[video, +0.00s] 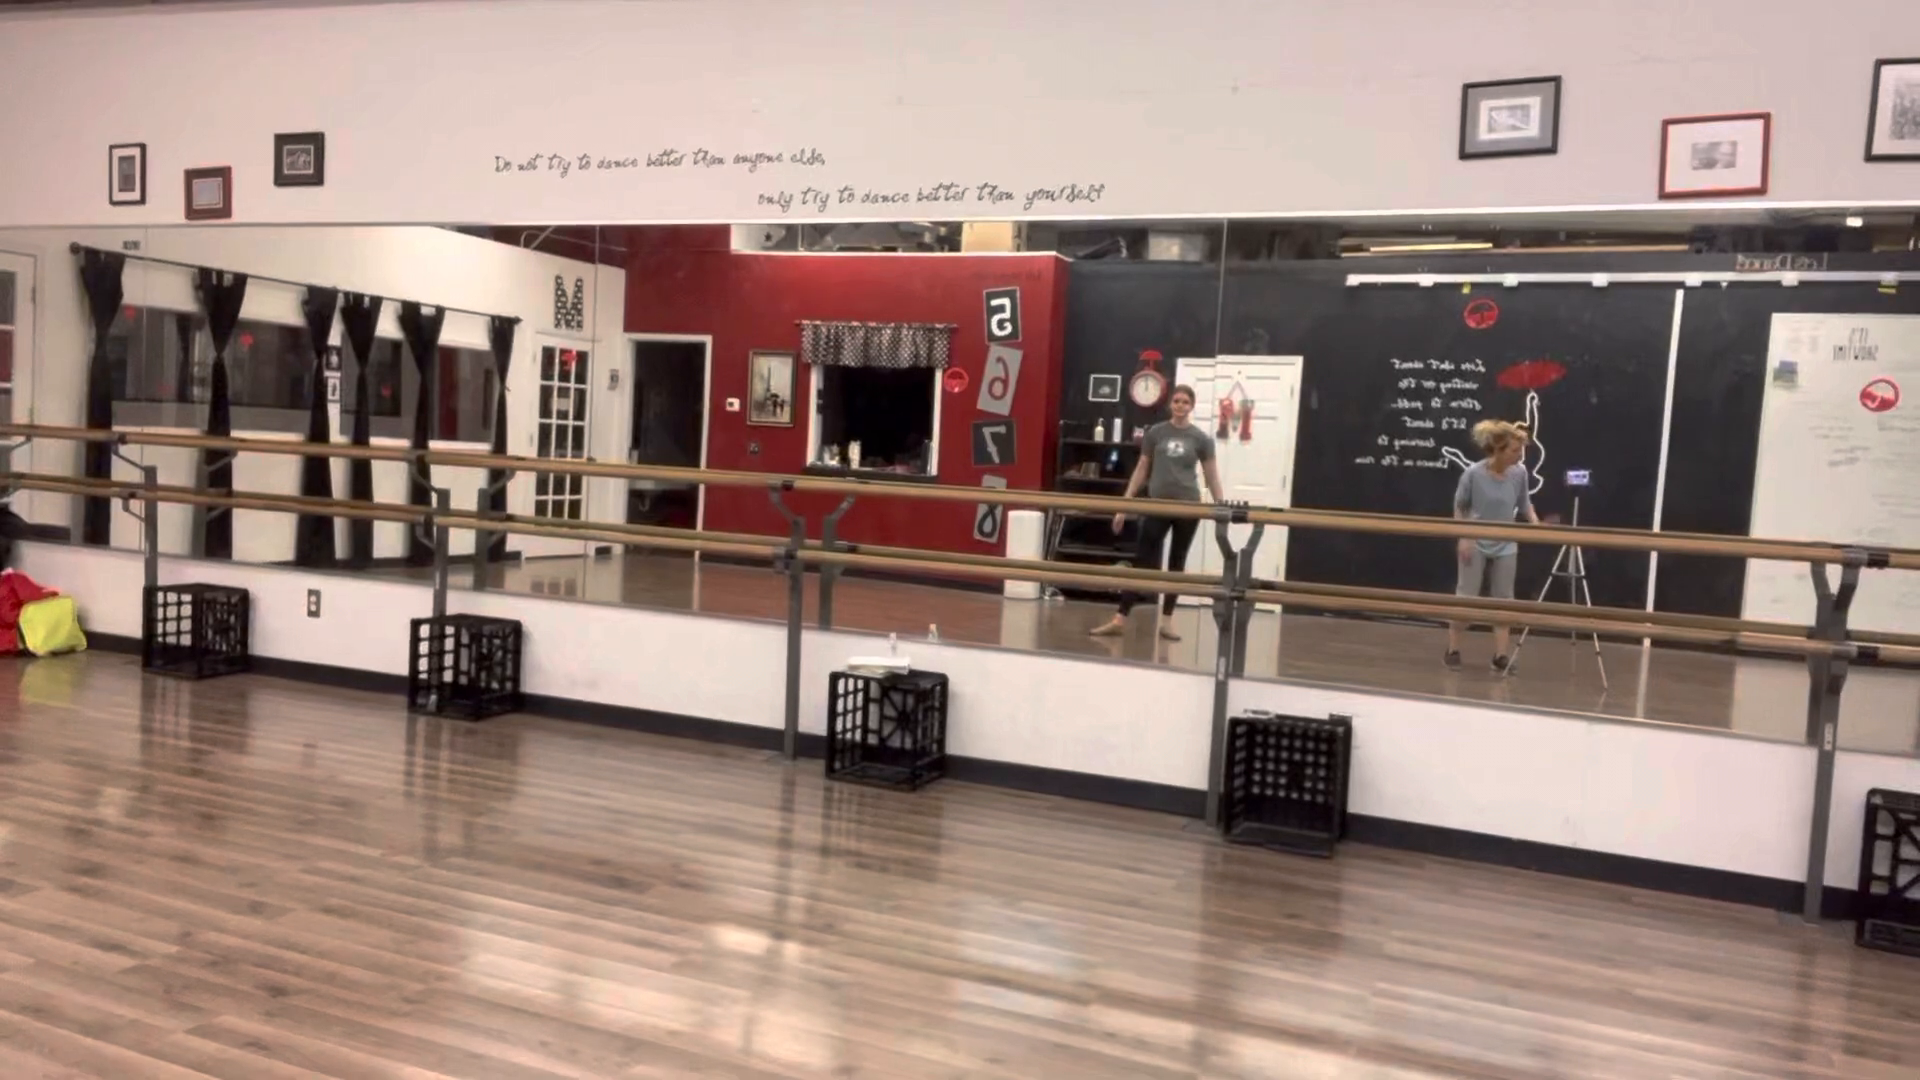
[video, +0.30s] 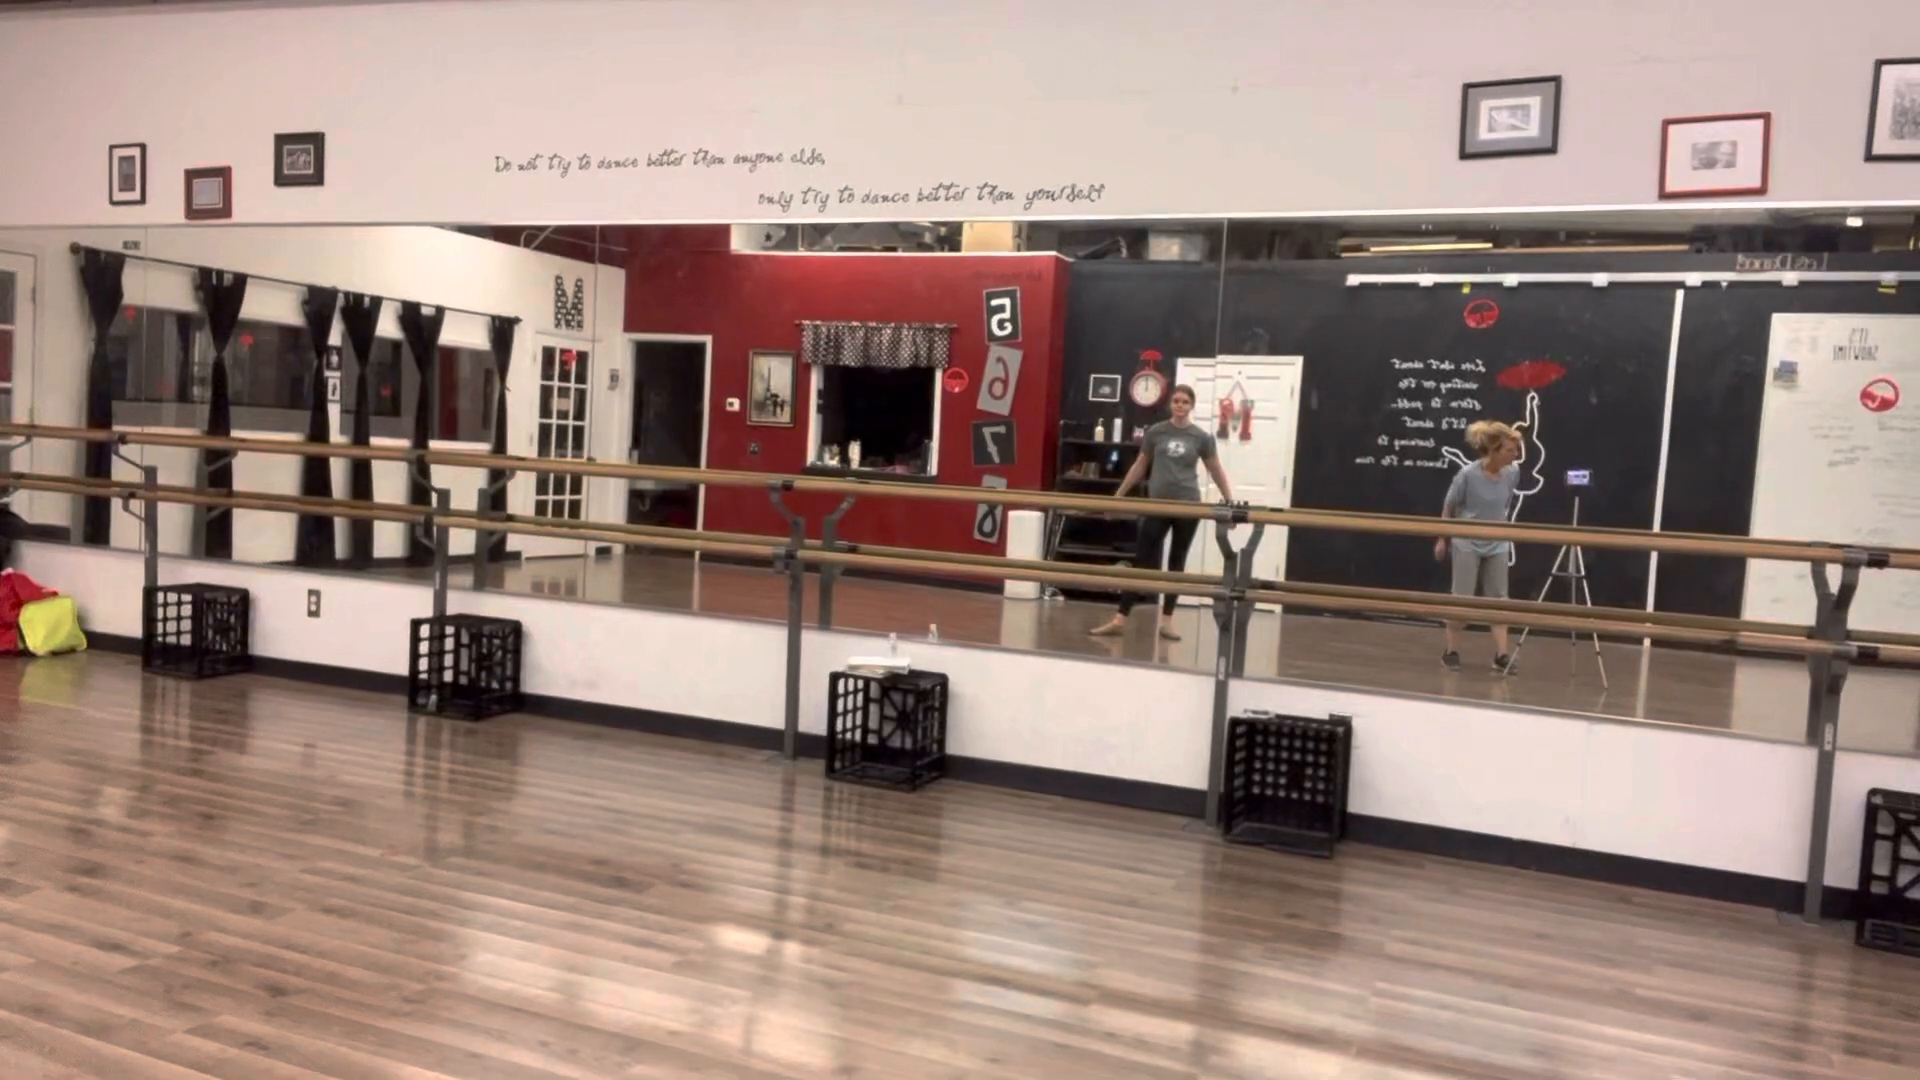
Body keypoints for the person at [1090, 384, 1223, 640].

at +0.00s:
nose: (1180, 406)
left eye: (1185, 402)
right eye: (1176, 401)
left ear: (1192, 407)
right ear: (1170, 404)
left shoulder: (1201, 439)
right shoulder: (1154, 433)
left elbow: (1211, 477)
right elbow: (1141, 470)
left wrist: (1220, 507)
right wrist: (1124, 506)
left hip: (1187, 509)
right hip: (1157, 506)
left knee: (1177, 563)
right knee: (1142, 559)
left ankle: (1166, 619)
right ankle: (1120, 617)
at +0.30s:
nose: (1180, 406)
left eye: (1185, 402)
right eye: (1176, 401)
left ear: (1192, 406)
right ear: (1170, 404)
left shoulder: (1202, 437)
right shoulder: (1154, 432)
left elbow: (1215, 470)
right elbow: (1140, 465)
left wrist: (1229, 501)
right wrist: (1118, 495)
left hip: (1188, 508)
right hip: (1156, 506)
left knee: (1176, 562)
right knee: (1142, 558)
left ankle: (1166, 619)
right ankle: (1120, 617)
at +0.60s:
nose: (1179, 406)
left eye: (1184, 403)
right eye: (1176, 402)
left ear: (1192, 406)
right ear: (1170, 405)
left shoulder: (1201, 440)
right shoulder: (1154, 434)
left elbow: (1207, 480)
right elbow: (1144, 471)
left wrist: (1208, 515)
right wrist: (1136, 508)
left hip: (1186, 510)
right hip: (1156, 507)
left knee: (1176, 565)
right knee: (1142, 560)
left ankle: (1166, 620)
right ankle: (1120, 617)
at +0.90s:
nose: (1180, 406)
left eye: (1184, 402)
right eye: (1176, 402)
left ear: (1192, 406)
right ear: (1170, 404)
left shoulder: (1201, 439)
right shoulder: (1154, 433)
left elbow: (1200, 476)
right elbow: (1149, 470)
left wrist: (1180, 495)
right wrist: (1162, 492)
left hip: (1187, 505)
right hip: (1159, 501)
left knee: (1177, 561)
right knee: (1143, 555)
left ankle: (1166, 619)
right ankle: (1121, 617)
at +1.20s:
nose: (1179, 406)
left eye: (1184, 402)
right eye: (1176, 401)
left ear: (1192, 406)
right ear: (1170, 404)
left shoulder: (1202, 439)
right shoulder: (1154, 433)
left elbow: (1212, 480)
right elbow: (1143, 472)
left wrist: (1217, 516)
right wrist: (1131, 508)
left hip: (1188, 510)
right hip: (1156, 507)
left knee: (1176, 564)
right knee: (1142, 559)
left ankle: (1166, 619)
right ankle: (1120, 617)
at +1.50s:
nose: (1180, 406)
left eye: (1185, 402)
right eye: (1176, 402)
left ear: (1192, 406)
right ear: (1170, 404)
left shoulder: (1203, 436)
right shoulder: (1155, 432)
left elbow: (1217, 470)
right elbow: (1140, 467)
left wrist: (1230, 501)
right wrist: (1119, 502)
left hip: (1188, 509)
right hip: (1157, 506)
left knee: (1176, 563)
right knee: (1142, 559)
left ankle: (1166, 620)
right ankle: (1120, 618)